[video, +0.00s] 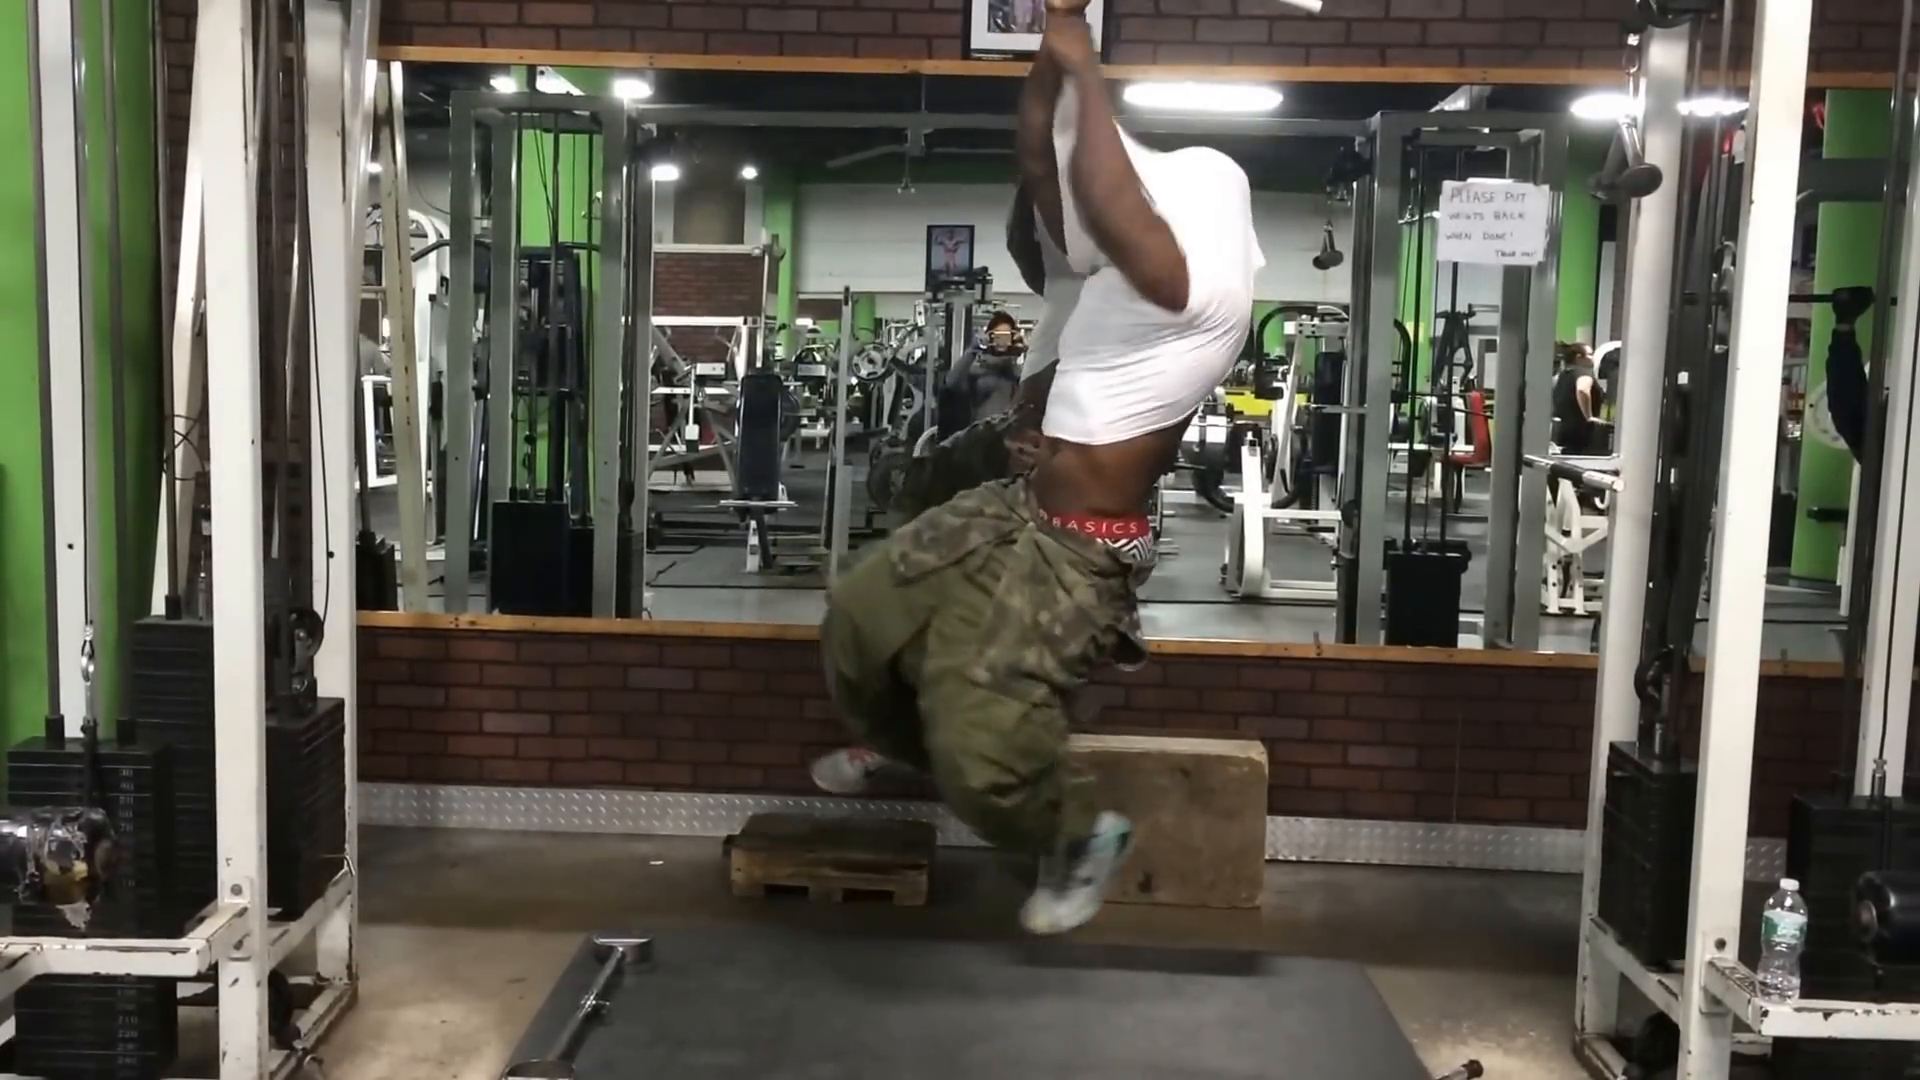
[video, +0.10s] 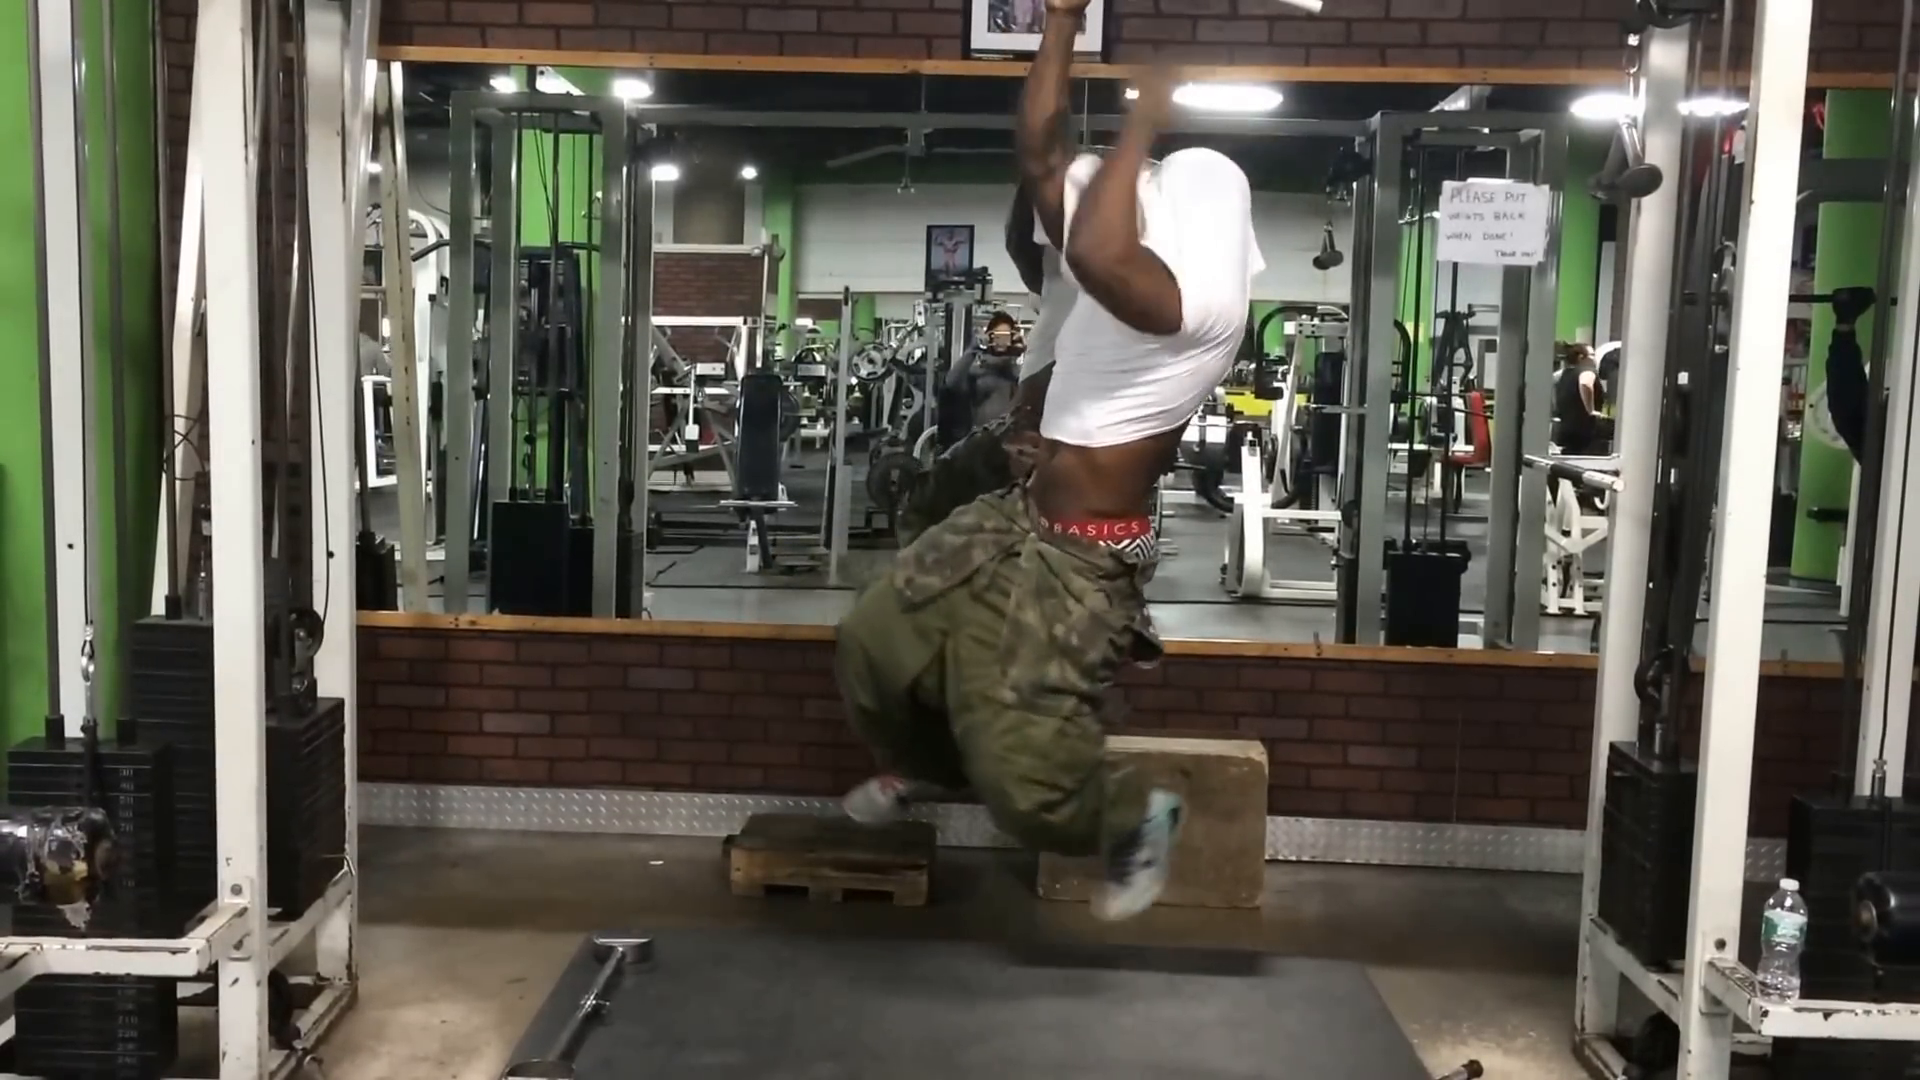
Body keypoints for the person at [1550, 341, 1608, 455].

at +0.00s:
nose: (1593, 358)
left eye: (1592, 354)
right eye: (1590, 354)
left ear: (1576, 358)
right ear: (1579, 358)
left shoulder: (1560, 375)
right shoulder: (1585, 374)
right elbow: (1582, 391)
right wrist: (1589, 416)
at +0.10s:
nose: (1595, 359)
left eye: (1594, 355)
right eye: (1592, 355)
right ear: (1581, 358)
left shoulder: (1562, 374)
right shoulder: (1588, 371)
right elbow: (1585, 384)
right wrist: (1591, 410)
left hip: (1565, 428)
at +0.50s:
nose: (1601, 359)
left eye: (1600, 355)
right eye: (1598, 356)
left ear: (1583, 359)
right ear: (1588, 358)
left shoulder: (1574, 372)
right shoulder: (1591, 370)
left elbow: (1558, 390)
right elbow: (1585, 394)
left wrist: (1558, 415)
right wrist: (1589, 422)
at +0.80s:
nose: (1599, 358)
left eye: (1598, 354)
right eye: (1596, 354)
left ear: (1584, 357)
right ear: (1585, 357)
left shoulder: (1568, 376)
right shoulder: (1585, 376)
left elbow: (1559, 407)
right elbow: (1584, 405)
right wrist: (1588, 431)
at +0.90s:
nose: (1599, 358)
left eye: (1598, 354)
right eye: (1596, 354)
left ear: (1584, 356)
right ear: (1585, 356)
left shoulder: (1567, 374)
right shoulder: (1586, 374)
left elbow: (1557, 398)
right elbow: (1584, 399)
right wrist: (1588, 427)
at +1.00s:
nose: (1600, 358)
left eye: (1598, 354)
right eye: (1596, 353)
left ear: (1584, 356)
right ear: (1585, 356)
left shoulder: (1566, 374)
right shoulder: (1590, 372)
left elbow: (1557, 391)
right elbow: (1586, 393)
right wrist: (1590, 420)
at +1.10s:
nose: (1600, 358)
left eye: (1600, 354)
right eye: (1597, 353)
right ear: (1586, 356)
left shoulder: (1564, 373)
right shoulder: (1591, 372)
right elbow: (1588, 386)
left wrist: (1558, 409)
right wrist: (1592, 413)